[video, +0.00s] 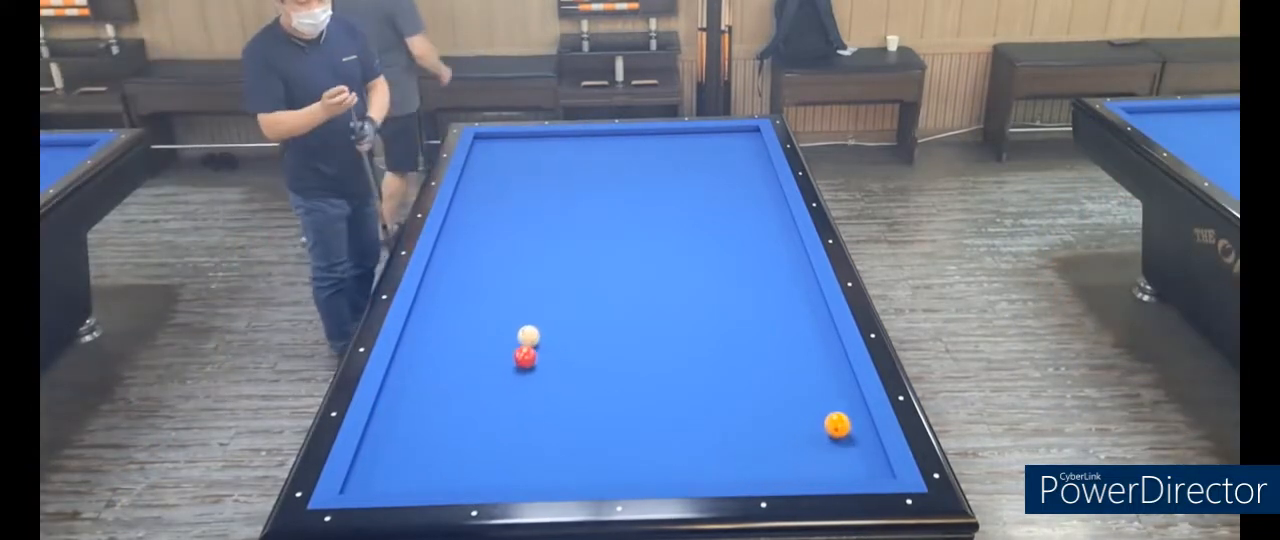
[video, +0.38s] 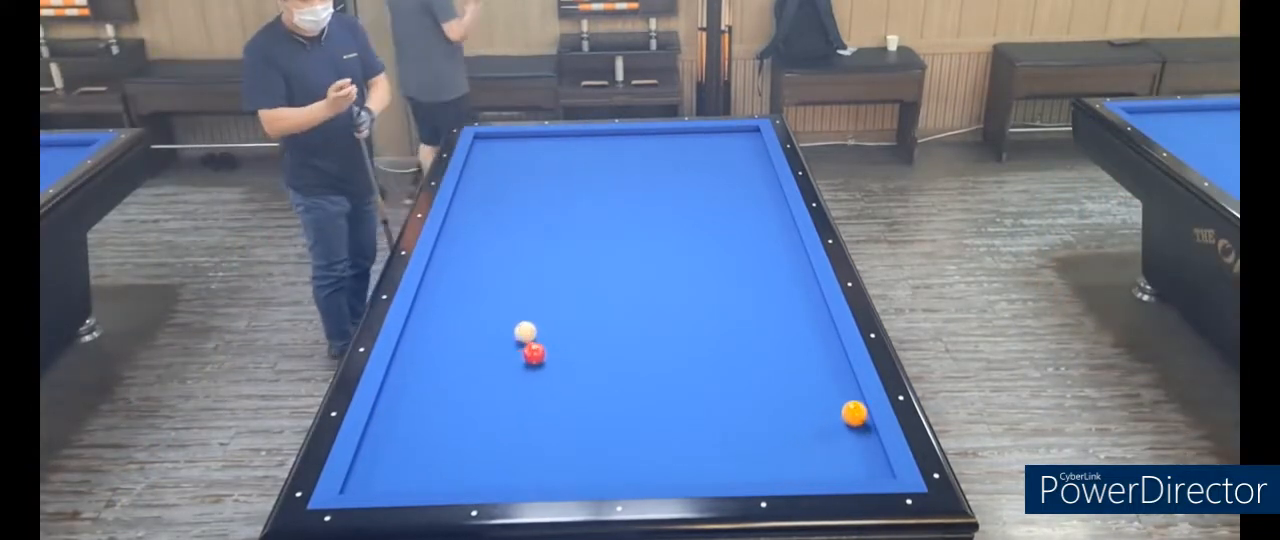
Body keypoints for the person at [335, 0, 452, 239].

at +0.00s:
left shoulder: (338, 5)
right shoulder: (396, 4)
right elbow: (419, 50)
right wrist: (441, 70)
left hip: (350, 98)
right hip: (395, 98)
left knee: (356, 166)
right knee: (397, 169)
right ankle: (388, 230)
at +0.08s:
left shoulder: (344, 4)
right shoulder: (404, 4)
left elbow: (341, 39)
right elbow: (426, 46)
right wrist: (448, 60)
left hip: (364, 93)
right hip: (402, 93)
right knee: (404, 167)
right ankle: (386, 229)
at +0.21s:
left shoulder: (369, 4)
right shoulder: (420, 3)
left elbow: (364, 33)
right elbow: (438, 40)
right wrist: (457, 39)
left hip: (394, 88)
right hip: (425, 88)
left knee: (420, 150)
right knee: (425, 156)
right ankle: (398, 211)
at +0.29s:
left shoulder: (385, 4)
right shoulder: (431, 3)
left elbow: (392, 34)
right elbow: (447, 35)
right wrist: (464, 24)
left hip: (407, 84)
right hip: (437, 86)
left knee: (425, 144)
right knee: (452, 144)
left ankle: (430, 189)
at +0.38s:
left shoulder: (395, 4)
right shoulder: (435, 2)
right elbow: (455, 32)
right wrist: (473, 9)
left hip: (414, 84)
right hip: (444, 85)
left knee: (428, 142)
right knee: (460, 146)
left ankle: (430, 195)